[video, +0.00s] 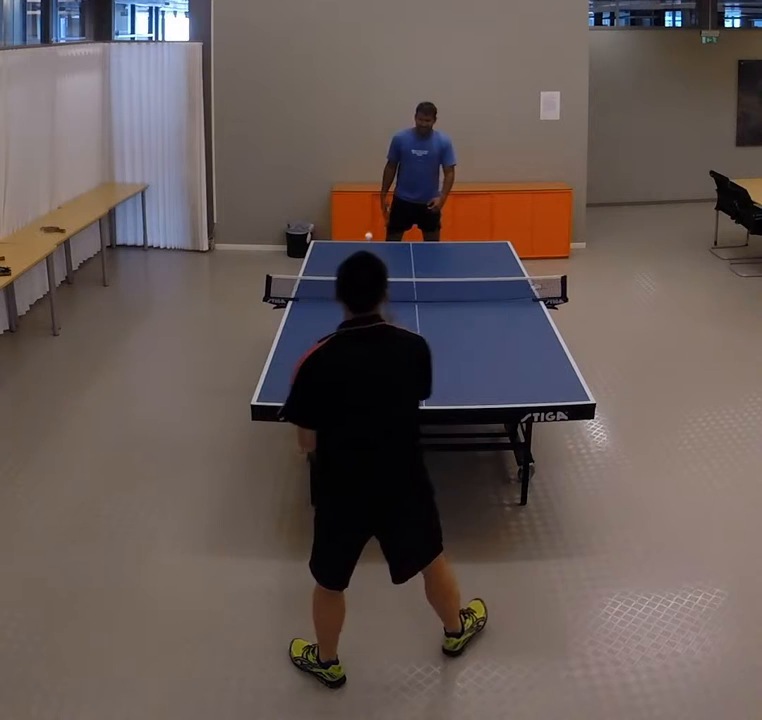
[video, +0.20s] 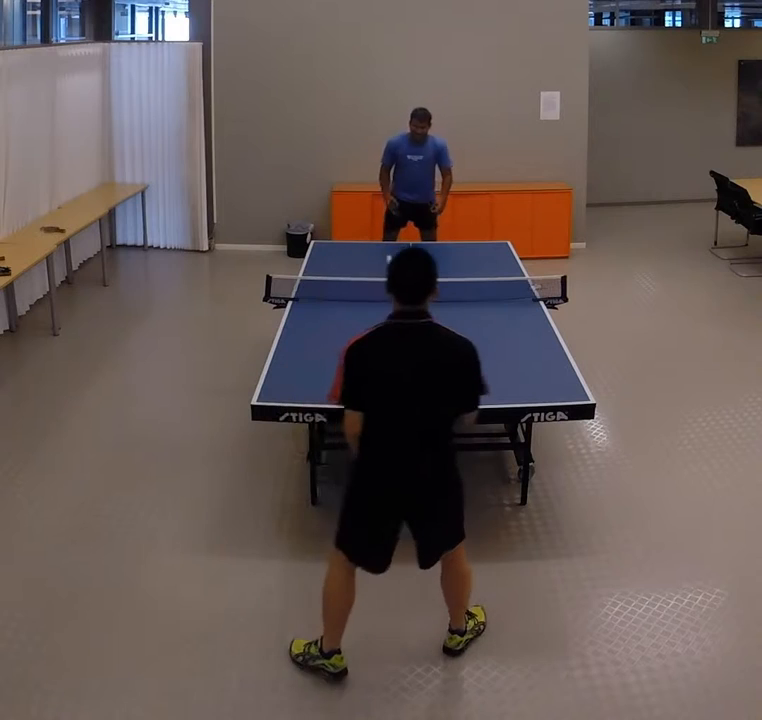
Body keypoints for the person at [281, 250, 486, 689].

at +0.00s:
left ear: (338, 295)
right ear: (384, 293)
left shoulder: (318, 360)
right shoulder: (413, 348)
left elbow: (306, 441)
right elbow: (417, 399)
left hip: (343, 489)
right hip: (404, 481)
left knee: (330, 578)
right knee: (430, 557)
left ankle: (326, 660)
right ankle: (456, 629)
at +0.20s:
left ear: (390, 288)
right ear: (435, 289)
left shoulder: (363, 350)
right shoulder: (459, 349)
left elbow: (352, 424)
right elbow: (468, 415)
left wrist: (367, 461)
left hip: (376, 473)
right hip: (436, 473)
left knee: (344, 557)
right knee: (452, 549)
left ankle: (329, 650)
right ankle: (458, 629)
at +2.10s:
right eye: (442, 285)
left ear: (402, 292)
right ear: (445, 291)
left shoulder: (376, 347)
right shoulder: (468, 348)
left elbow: (367, 421)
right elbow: (489, 414)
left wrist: (386, 448)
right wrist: (488, 389)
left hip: (389, 468)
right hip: (447, 468)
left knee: (351, 543)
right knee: (480, 541)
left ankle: (323, 620)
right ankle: (502, 615)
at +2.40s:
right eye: (484, 282)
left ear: (442, 288)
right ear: (485, 288)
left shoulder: (416, 341)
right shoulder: (507, 343)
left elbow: (392, 409)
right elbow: (527, 409)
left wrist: (404, 446)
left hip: (421, 462)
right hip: (478, 464)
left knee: (376, 543)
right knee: (501, 532)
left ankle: (331, 612)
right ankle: (503, 613)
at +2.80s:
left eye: (453, 273)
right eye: (494, 272)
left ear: (452, 279)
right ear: (496, 278)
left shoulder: (430, 333)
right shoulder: (514, 331)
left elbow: (417, 403)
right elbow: (503, 386)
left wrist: (416, 442)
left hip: (440, 450)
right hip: (494, 452)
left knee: (396, 533)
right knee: (501, 538)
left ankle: (364, 616)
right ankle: (504, 613)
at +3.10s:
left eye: (399, 292)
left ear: (397, 297)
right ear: (440, 299)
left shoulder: (372, 356)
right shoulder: (461, 357)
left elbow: (360, 428)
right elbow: (462, 417)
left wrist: (370, 468)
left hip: (385, 478)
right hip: (442, 477)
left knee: (340, 553)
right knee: (477, 543)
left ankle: (311, 640)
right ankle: (501, 614)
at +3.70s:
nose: (415, 303)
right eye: (416, 298)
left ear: (374, 301)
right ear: (417, 303)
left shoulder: (340, 355)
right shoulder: (436, 367)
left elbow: (320, 426)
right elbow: (456, 438)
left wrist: (335, 456)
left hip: (341, 486)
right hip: (402, 489)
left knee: (302, 565)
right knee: (431, 557)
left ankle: (271, 643)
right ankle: (440, 641)